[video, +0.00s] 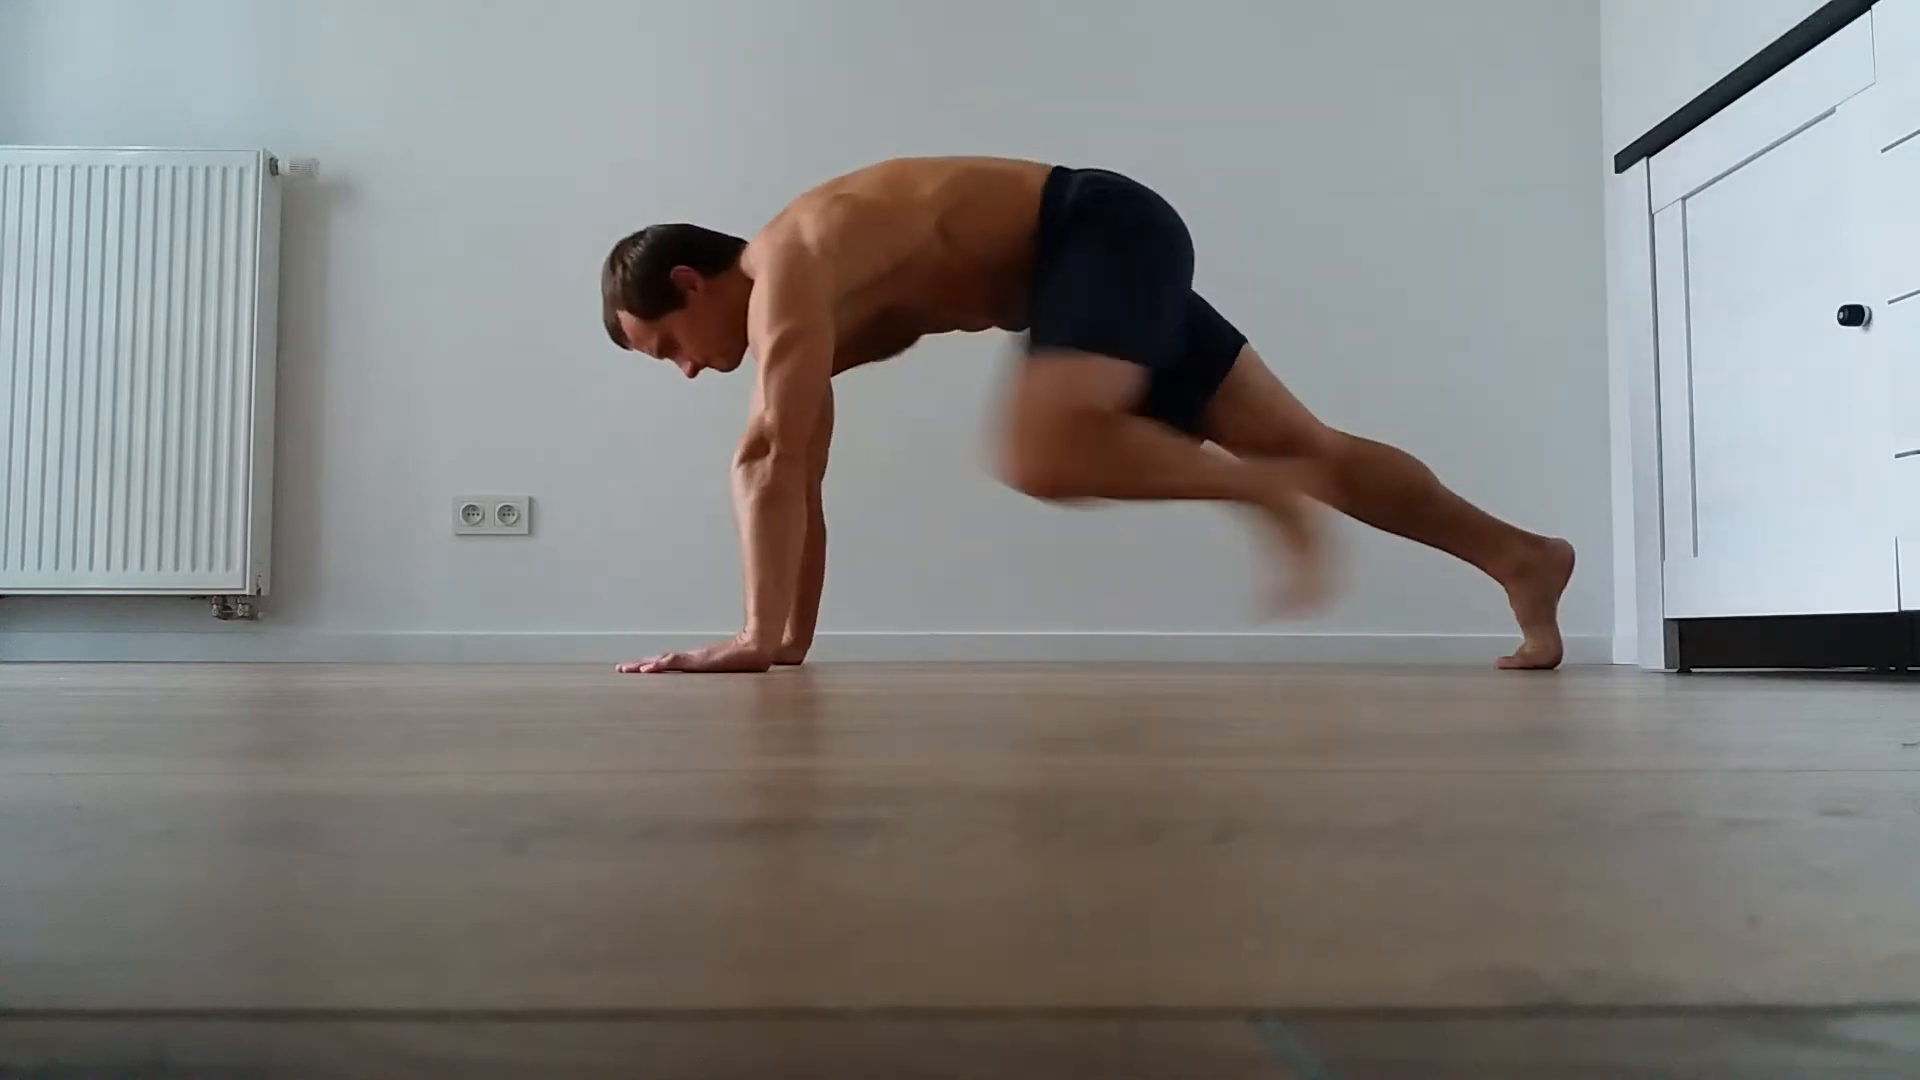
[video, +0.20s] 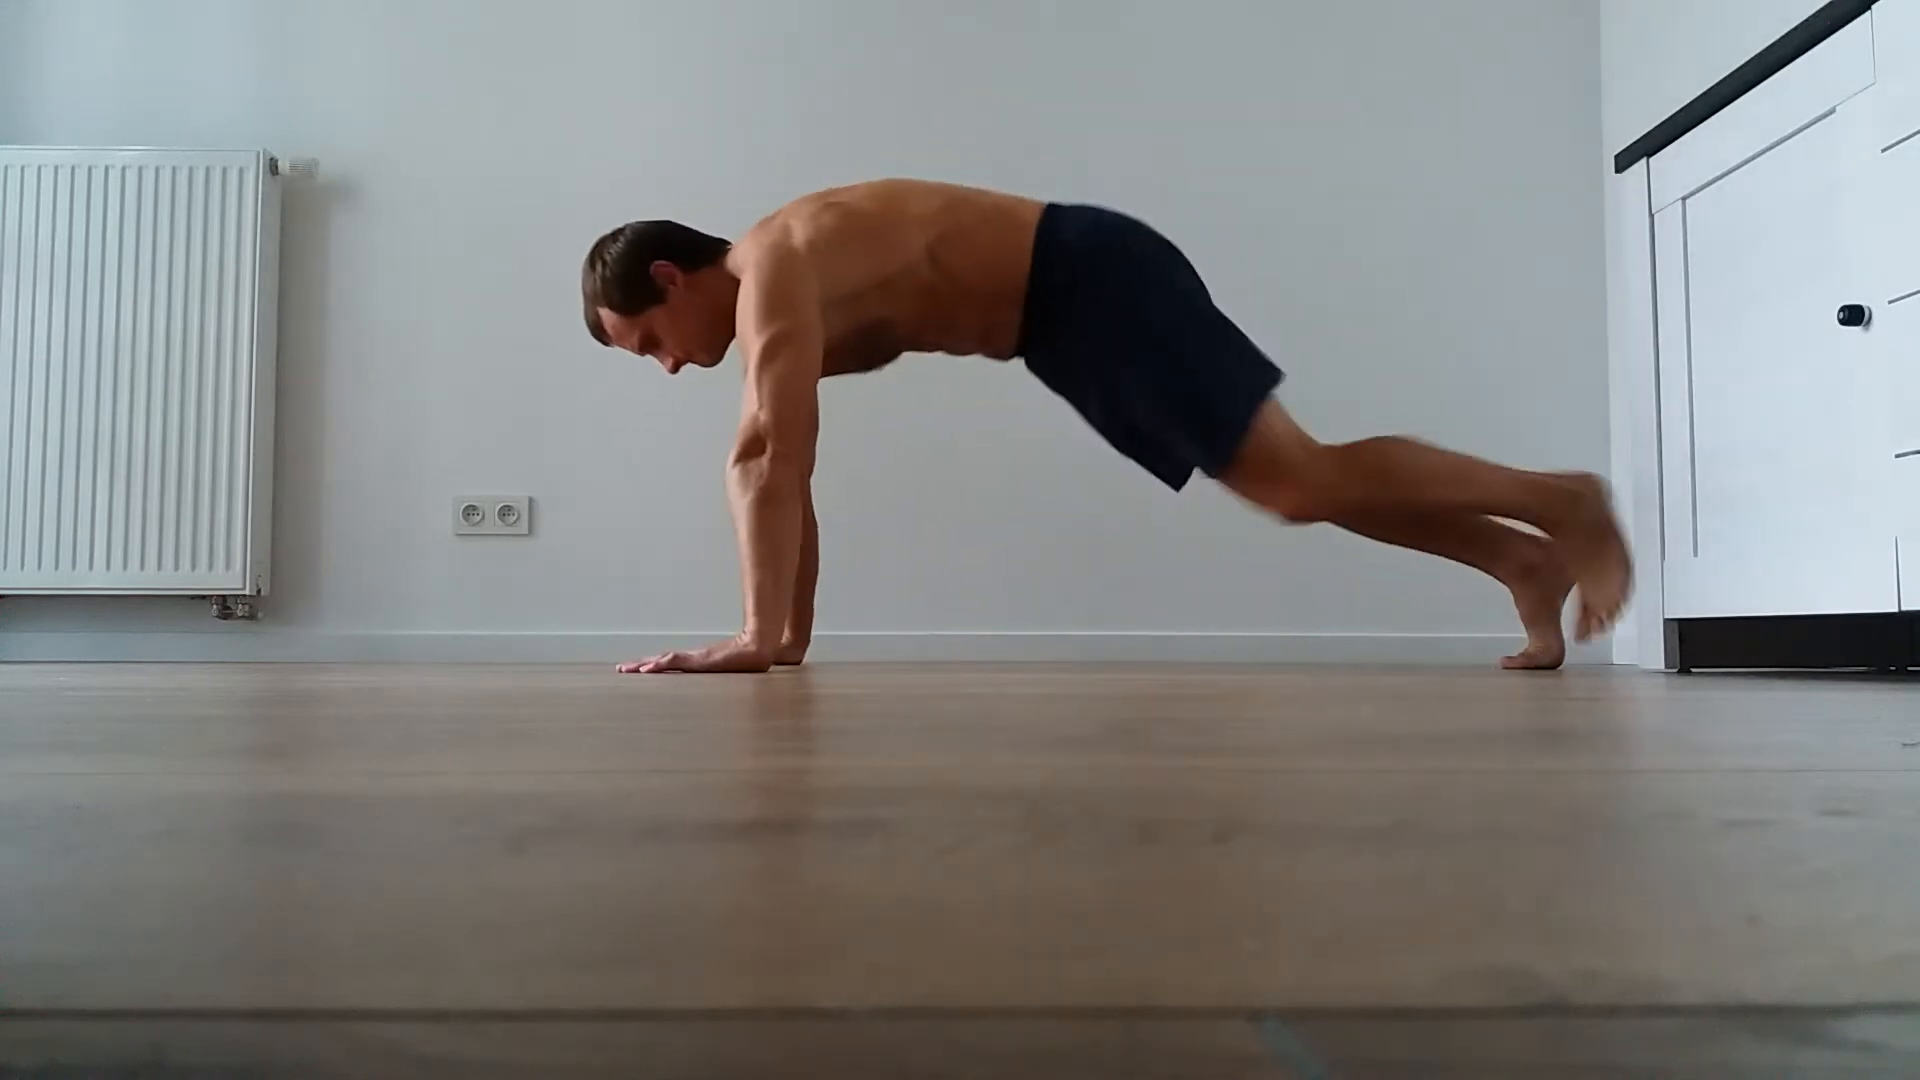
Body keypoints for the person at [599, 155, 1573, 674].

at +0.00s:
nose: (679, 364)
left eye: (663, 345)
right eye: (662, 353)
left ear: (689, 288)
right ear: (698, 288)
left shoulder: (789, 267)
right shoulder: (796, 293)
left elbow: (768, 461)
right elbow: (797, 476)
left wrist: (762, 631)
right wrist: (794, 637)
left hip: (1101, 237)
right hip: (1102, 260)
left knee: (1045, 454)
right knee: (1301, 454)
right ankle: (1522, 557)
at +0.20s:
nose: (660, 361)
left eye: (644, 341)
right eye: (643, 349)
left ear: (669, 284)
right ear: (674, 282)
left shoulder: (775, 273)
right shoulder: (774, 287)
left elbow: (767, 465)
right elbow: (779, 472)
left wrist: (763, 632)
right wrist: (788, 629)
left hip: (1087, 282)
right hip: (1067, 316)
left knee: (1298, 476)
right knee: (1285, 477)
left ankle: (1565, 503)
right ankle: (1520, 561)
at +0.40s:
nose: (658, 359)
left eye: (642, 337)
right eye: (642, 348)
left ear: (665, 280)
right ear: (670, 285)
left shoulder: (778, 269)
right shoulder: (775, 290)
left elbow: (764, 462)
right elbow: (784, 476)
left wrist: (761, 634)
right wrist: (788, 632)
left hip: (1095, 323)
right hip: (1075, 346)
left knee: (1312, 490)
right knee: (1293, 499)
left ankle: (1583, 543)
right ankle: (1529, 567)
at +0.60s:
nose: (646, 358)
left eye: (630, 336)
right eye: (630, 346)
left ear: (654, 282)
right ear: (661, 281)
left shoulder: (770, 274)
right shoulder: (768, 286)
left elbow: (756, 466)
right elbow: (783, 478)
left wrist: (757, 639)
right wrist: (790, 639)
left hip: (1091, 330)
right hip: (1074, 350)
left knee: (1324, 479)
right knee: (1309, 481)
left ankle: (1588, 543)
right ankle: (1554, 552)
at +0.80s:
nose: (648, 359)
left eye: (632, 337)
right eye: (632, 347)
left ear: (655, 284)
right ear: (664, 282)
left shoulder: (769, 270)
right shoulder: (770, 288)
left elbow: (754, 464)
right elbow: (784, 478)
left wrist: (756, 638)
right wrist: (787, 640)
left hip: (1096, 337)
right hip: (1078, 361)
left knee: (1331, 481)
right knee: (1321, 485)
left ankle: (1585, 548)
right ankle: (1561, 567)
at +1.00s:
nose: (655, 360)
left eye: (639, 338)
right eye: (640, 349)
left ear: (659, 282)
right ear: (667, 292)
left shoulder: (761, 269)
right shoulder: (767, 298)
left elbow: (754, 463)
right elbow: (779, 481)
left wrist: (757, 637)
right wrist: (782, 637)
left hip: (1101, 352)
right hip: (1084, 374)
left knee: (1343, 486)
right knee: (1336, 486)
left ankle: (1592, 554)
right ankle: (1581, 558)